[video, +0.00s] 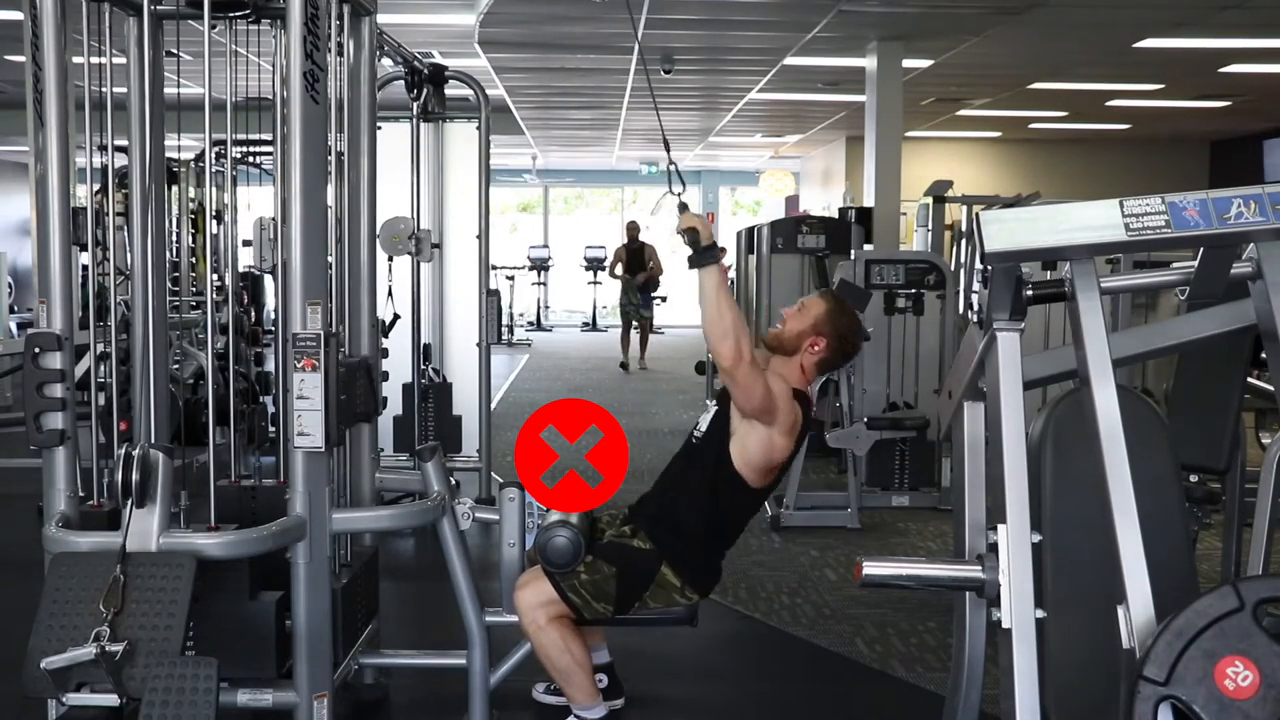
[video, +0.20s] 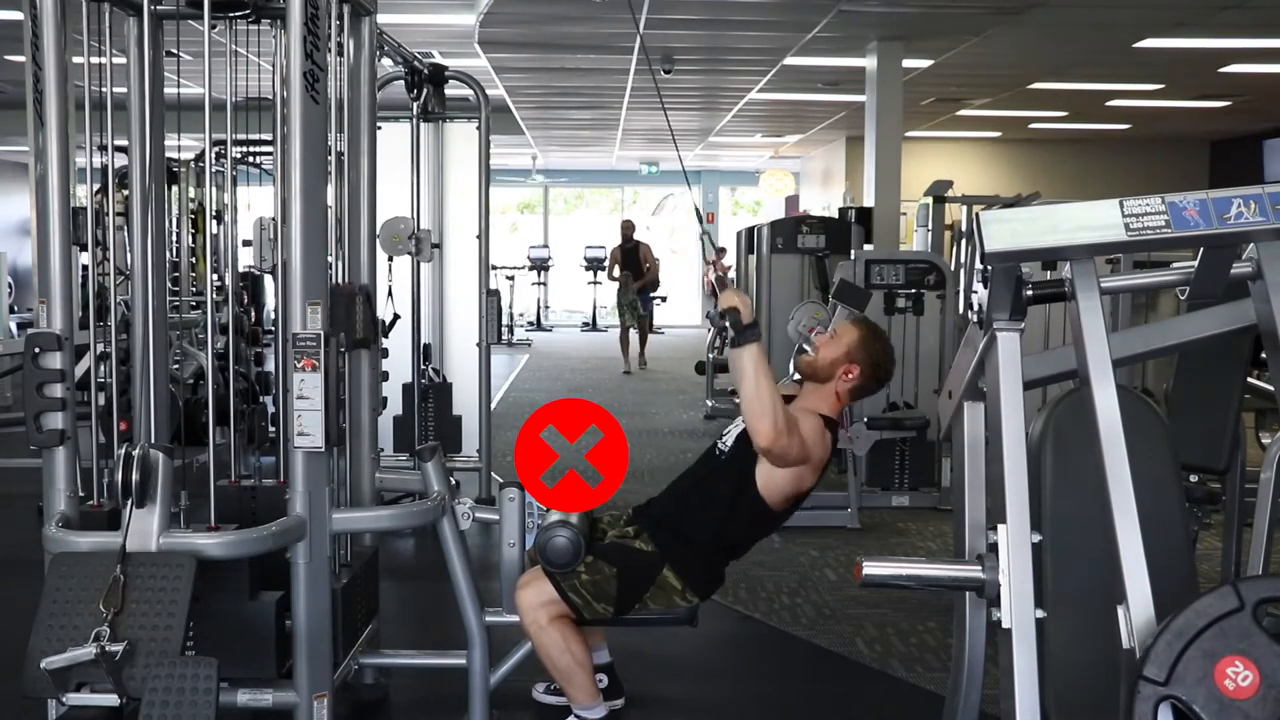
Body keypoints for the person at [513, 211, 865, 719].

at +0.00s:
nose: (785, 310)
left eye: (798, 309)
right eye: (795, 304)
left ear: (814, 344)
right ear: (813, 348)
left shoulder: (776, 407)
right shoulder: (773, 386)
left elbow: (731, 355)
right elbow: (739, 347)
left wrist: (704, 250)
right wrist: (711, 258)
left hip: (670, 561)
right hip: (651, 529)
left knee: (533, 597)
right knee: (553, 548)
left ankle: (589, 709)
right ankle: (595, 673)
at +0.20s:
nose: (815, 336)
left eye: (829, 336)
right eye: (824, 330)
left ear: (846, 372)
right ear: (843, 373)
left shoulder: (812, 432)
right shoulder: (794, 404)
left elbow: (769, 437)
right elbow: (749, 389)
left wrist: (743, 325)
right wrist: (729, 313)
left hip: (675, 563)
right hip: (654, 526)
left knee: (534, 596)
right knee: (553, 542)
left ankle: (590, 712)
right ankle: (594, 672)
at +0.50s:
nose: (836, 363)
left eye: (851, 364)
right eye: (847, 356)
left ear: (867, 401)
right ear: (861, 402)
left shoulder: (833, 454)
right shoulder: (812, 426)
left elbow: (811, 525)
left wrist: (786, 431)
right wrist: (773, 396)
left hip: (680, 561)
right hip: (660, 524)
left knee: (537, 596)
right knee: (551, 553)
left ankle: (590, 710)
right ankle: (594, 671)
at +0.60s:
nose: (838, 364)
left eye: (853, 365)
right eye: (848, 357)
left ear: (868, 402)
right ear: (863, 403)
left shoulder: (836, 456)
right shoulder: (814, 424)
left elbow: (822, 543)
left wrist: (799, 446)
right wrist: (776, 406)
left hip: (681, 563)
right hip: (661, 523)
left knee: (538, 596)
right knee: (550, 553)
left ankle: (590, 711)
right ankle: (594, 671)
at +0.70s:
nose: (839, 365)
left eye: (854, 366)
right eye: (849, 358)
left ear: (870, 404)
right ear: (864, 404)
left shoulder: (837, 459)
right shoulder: (817, 426)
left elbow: (825, 550)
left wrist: (806, 453)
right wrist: (773, 404)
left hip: (681, 563)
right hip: (662, 523)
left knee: (538, 596)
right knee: (550, 552)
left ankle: (590, 711)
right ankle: (593, 671)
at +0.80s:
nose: (840, 367)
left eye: (856, 368)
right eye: (851, 360)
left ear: (871, 405)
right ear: (866, 405)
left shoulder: (838, 459)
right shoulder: (818, 426)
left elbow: (823, 547)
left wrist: (806, 448)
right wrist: (774, 403)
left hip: (681, 564)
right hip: (661, 522)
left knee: (538, 595)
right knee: (552, 550)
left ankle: (590, 710)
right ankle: (593, 671)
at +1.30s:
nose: (820, 340)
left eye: (836, 342)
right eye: (832, 335)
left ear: (850, 381)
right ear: (847, 381)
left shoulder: (816, 433)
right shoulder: (797, 399)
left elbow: (767, 418)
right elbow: (744, 381)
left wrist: (744, 315)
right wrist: (729, 314)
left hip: (677, 563)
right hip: (657, 525)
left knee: (535, 597)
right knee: (550, 552)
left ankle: (590, 711)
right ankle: (594, 670)